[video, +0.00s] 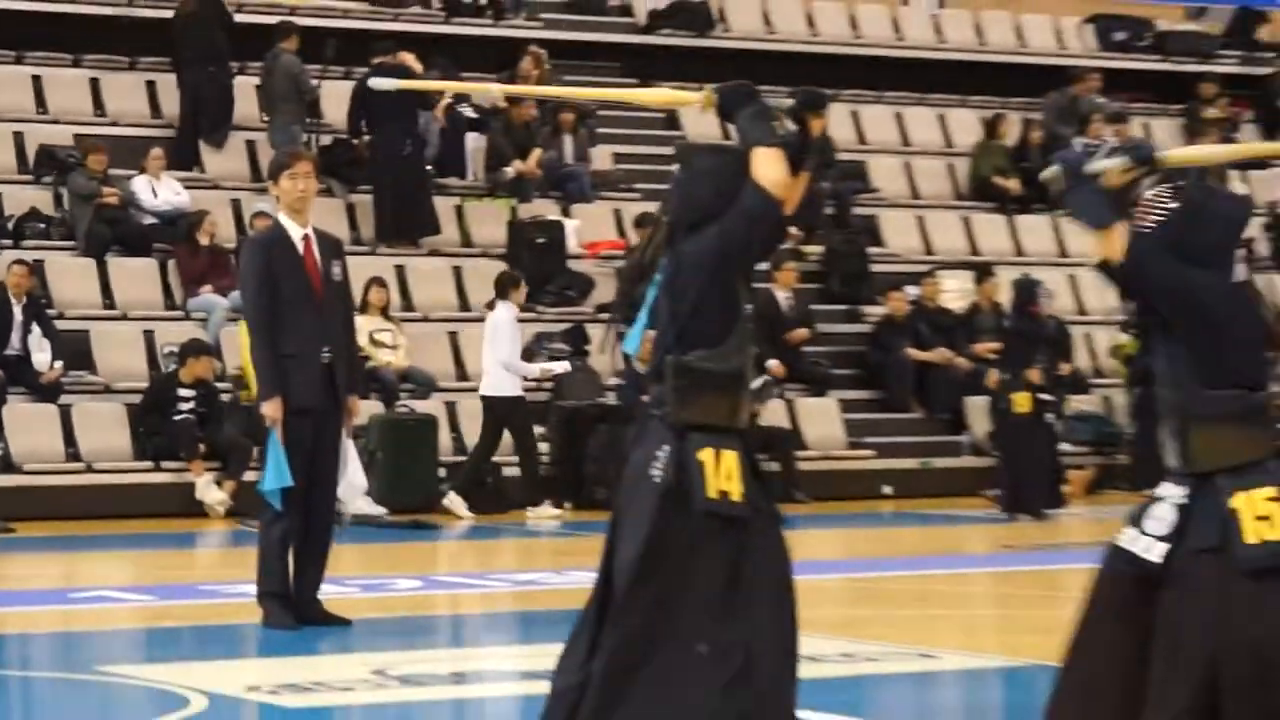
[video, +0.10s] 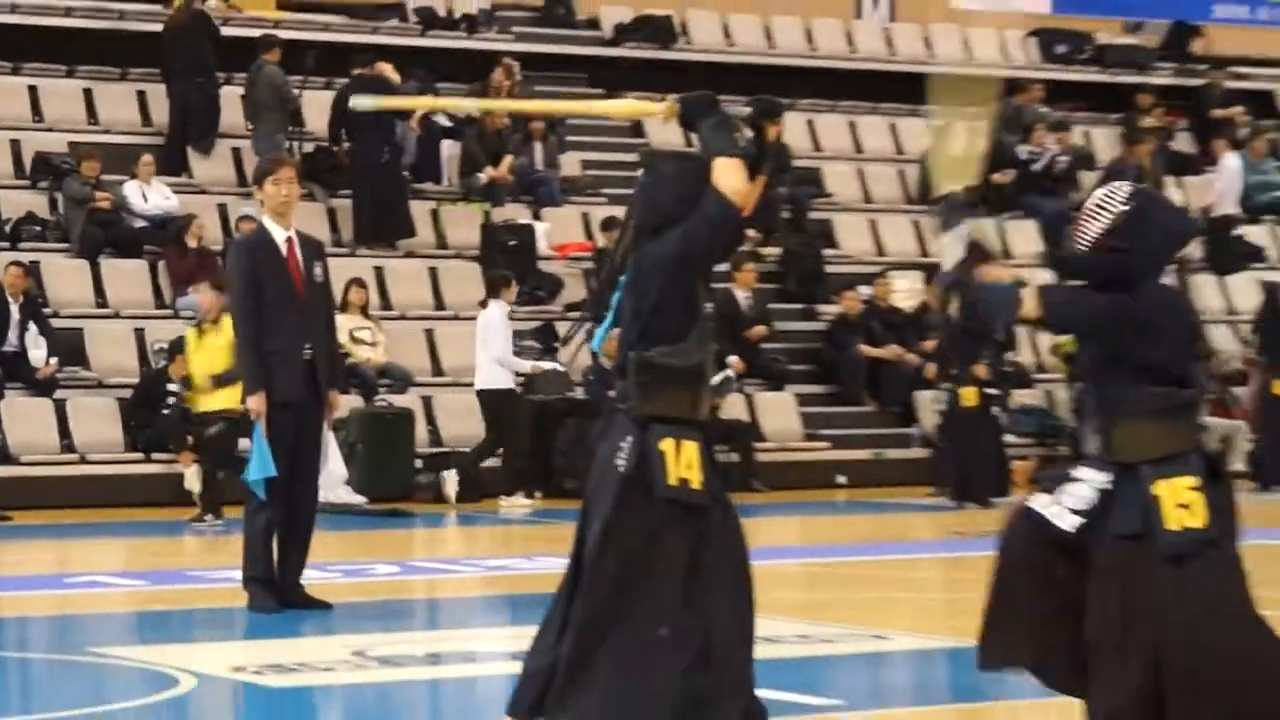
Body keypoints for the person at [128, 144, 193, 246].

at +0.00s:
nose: (159, 163)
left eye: (162, 159)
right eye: (154, 159)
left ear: (165, 161)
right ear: (145, 163)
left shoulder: (171, 181)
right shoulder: (138, 181)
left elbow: (186, 203)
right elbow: (149, 206)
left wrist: (162, 201)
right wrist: (177, 207)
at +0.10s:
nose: (149, 169)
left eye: (152, 165)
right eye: (145, 165)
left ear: (155, 167)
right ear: (136, 169)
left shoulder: (160, 186)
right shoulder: (129, 186)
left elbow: (175, 207)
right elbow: (139, 209)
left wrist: (152, 205)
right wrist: (165, 210)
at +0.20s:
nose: (140, 173)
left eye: (142, 169)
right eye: (135, 170)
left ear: (145, 171)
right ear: (126, 174)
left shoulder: (150, 190)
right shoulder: (120, 190)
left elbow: (164, 210)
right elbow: (130, 213)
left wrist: (141, 208)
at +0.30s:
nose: (128, 179)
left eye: (131, 176)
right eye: (124, 176)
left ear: (134, 178)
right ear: (116, 179)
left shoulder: (139, 196)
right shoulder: (110, 196)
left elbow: (152, 215)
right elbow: (120, 218)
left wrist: (130, 215)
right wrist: (144, 218)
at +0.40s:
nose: (119, 184)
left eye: (121, 181)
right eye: (115, 181)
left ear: (124, 183)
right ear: (107, 184)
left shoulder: (130, 200)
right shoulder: (101, 200)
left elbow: (143, 219)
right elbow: (113, 221)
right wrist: (136, 220)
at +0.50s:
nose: (125, 187)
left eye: (127, 183)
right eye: (121, 183)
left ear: (130, 186)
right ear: (113, 187)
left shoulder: (135, 202)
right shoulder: (108, 202)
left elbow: (148, 220)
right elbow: (118, 222)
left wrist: (126, 219)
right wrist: (143, 223)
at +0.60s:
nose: (136, 187)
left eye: (138, 183)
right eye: (132, 183)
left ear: (141, 186)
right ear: (125, 187)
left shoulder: (147, 202)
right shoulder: (120, 202)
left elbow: (158, 219)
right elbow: (129, 221)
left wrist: (136, 220)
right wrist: (153, 221)